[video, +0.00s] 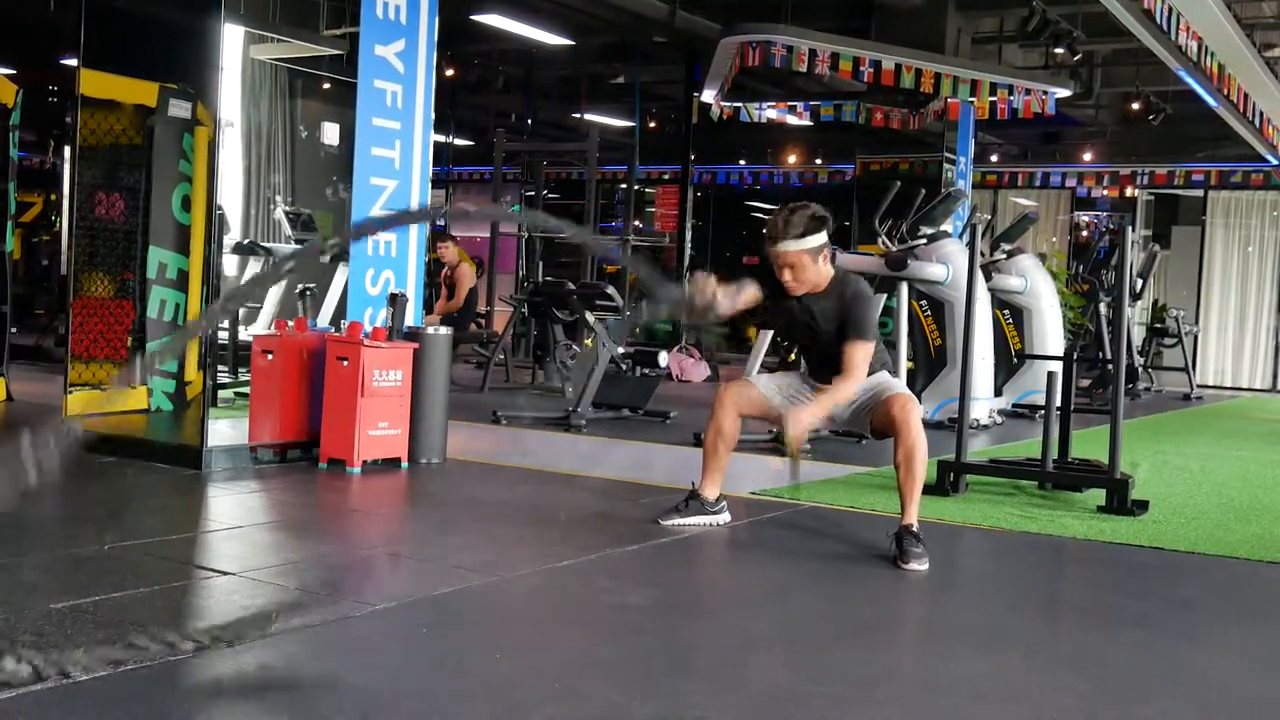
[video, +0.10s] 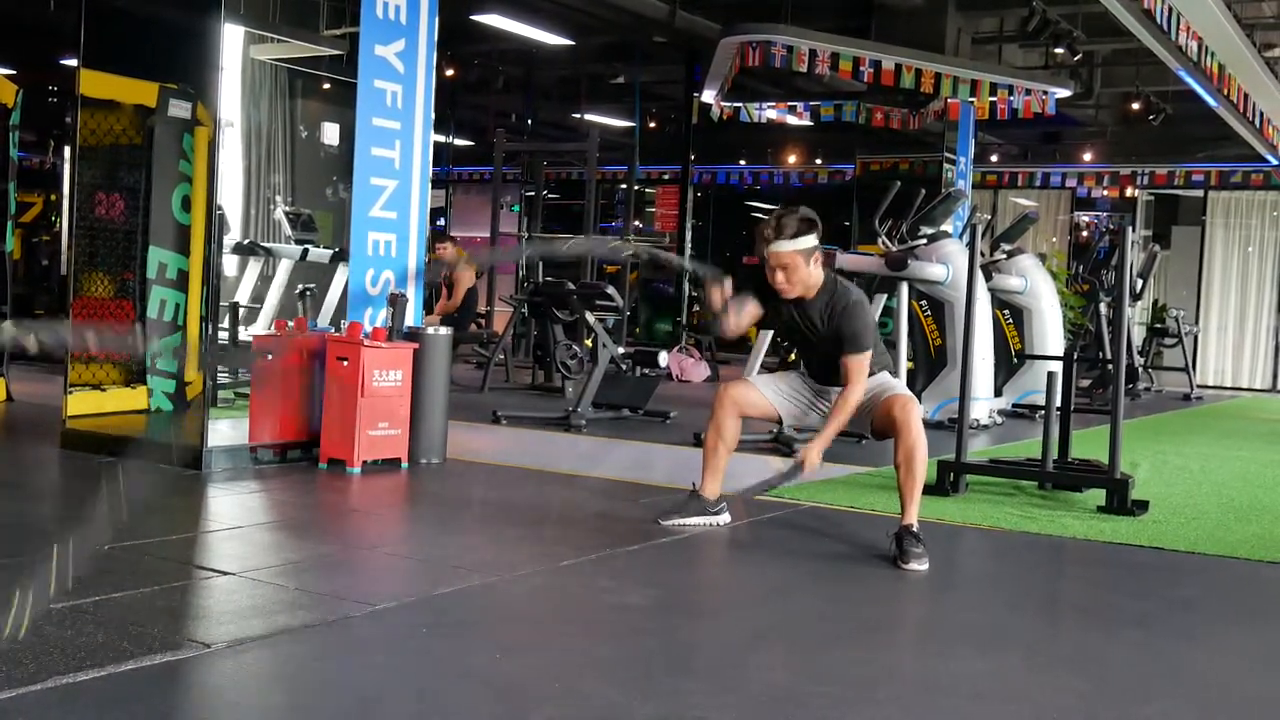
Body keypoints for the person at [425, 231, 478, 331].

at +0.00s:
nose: (441, 252)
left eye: (446, 248)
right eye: (439, 248)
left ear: (455, 248)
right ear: (436, 250)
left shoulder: (464, 268)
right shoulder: (445, 271)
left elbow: (458, 301)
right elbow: (443, 297)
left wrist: (441, 311)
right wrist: (438, 310)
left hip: (462, 320)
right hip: (451, 317)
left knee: (424, 321)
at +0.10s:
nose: (440, 252)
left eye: (444, 249)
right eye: (438, 249)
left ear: (454, 248)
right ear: (435, 251)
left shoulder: (463, 270)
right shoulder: (447, 270)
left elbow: (456, 302)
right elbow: (444, 297)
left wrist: (440, 310)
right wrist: (436, 313)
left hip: (461, 321)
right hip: (451, 317)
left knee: (423, 322)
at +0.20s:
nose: (439, 253)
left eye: (443, 249)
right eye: (437, 250)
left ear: (453, 249)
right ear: (434, 252)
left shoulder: (462, 268)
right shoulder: (445, 271)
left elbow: (455, 302)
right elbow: (443, 298)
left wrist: (439, 312)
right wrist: (436, 314)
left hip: (461, 320)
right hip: (451, 317)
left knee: (423, 322)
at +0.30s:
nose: (437, 252)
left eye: (440, 248)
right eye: (436, 249)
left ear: (452, 249)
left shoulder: (461, 268)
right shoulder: (446, 271)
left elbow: (454, 302)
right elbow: (444, 297)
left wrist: (439, 312)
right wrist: (436, 314)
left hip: (461, 320)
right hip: (452, 317)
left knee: (424, 322)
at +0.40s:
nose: (435, 252)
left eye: (439, 248)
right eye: (435, 249)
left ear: (449, 249)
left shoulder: (460, 269)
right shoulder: (447, 271)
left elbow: (454, 301)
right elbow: (446, 297)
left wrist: (438, 312)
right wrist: (438, 312)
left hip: (461, 321)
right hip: (453, 317)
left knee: (423, 321)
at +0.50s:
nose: (435, 252)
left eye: (438, 248)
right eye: (434, 249)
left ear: (451, 249)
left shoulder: (458, 269)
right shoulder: (447, 271)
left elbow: (452, 302)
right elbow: (446, 298)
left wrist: (437, 315)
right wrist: (436, 315)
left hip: (460, 320)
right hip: (453, 317)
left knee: (419, 321)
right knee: (418, 318)